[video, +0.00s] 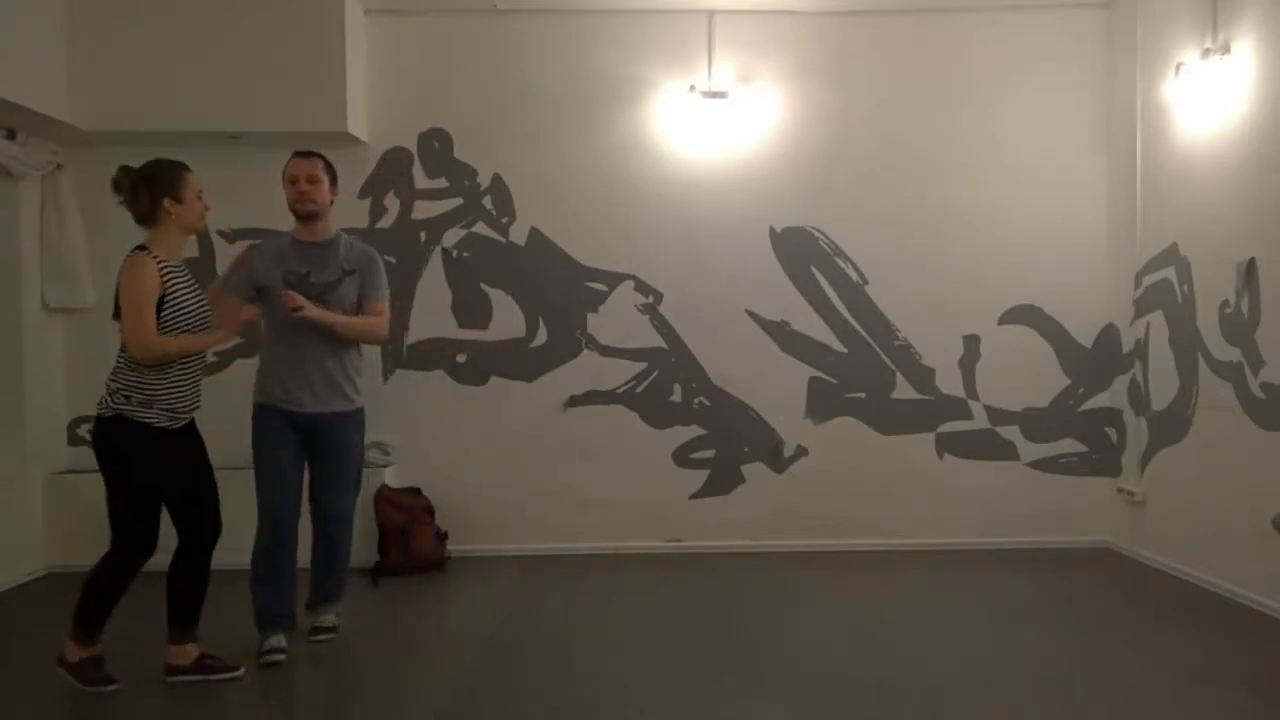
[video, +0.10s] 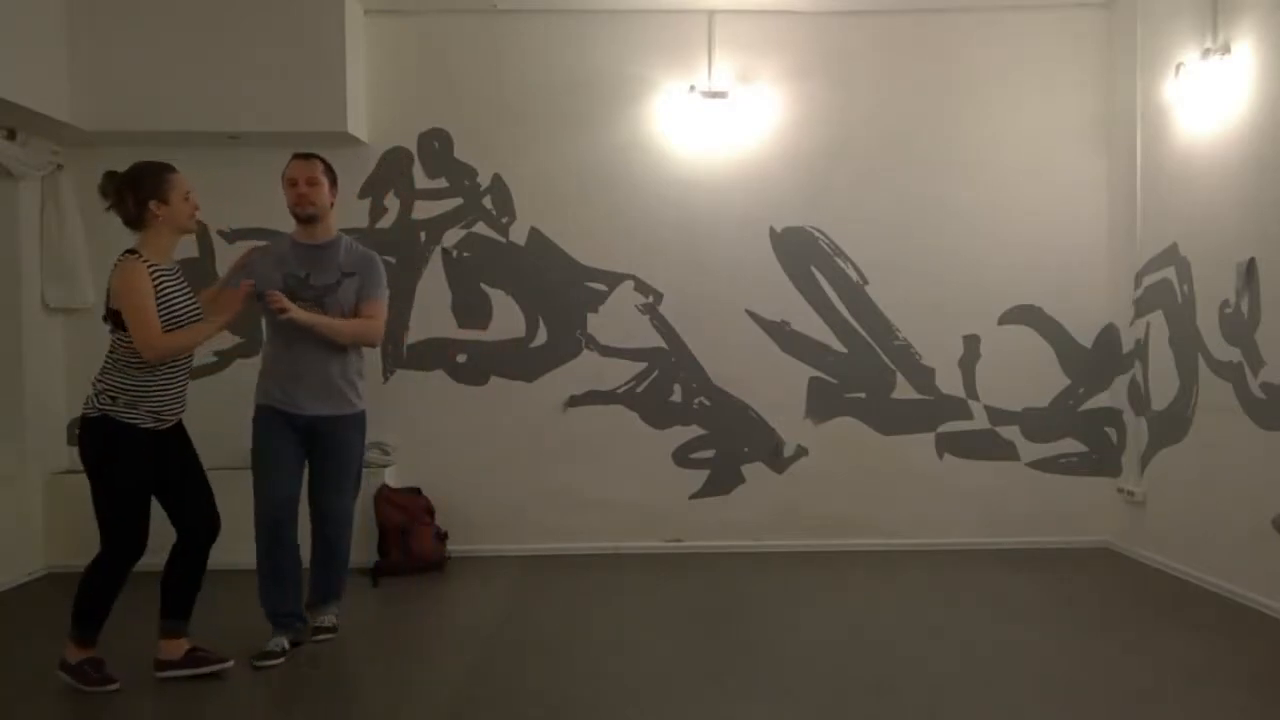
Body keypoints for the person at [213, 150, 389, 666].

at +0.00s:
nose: (302, 189)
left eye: (313, 181)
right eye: (294, 182)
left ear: (333, 191)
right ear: (284, 193)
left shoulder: (363, 258)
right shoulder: (263, 254)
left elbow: (378, 329)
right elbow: (215, 307)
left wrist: (318, 313)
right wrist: (247, 312)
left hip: (340, 409)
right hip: (277, 407)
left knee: (334, 515)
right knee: (277, 516)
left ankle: (326, 606)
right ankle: (273, 626)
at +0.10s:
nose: (301, 191)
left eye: (311, 183)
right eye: (292, 184)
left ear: (333, 193)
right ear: (283, 195)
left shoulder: (365, 261)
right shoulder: (262, 257)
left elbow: (373, 332)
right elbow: (213, 309)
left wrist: (302, 316)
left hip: (340, 411)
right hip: (277, 408)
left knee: (333, 516)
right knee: (274, 518)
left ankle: (325, 605)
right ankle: (283, 627)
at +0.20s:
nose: (299, 186)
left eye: (309, 178)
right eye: (290, 179)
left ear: (332, 188)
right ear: (281, 191)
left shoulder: (360, 256)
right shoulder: (261, 254)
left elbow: (366, 330)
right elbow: (212, 305)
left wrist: (290, 318)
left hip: (338, 411)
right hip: (276, 410)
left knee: (332, 518)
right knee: (279, 517)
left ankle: (326, 605)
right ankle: (310, 627)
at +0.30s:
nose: (294, 188)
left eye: (305, 179)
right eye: (287, 181)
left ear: (330, 191)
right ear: (279, 193)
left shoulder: (355, 259)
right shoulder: (261, 257)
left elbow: (356, 335)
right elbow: (212, 306)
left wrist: (277, 319)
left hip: (335, 414)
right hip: (273, 413)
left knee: (330, 516)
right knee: (283, 524)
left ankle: (344, 594)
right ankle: (311, 631)